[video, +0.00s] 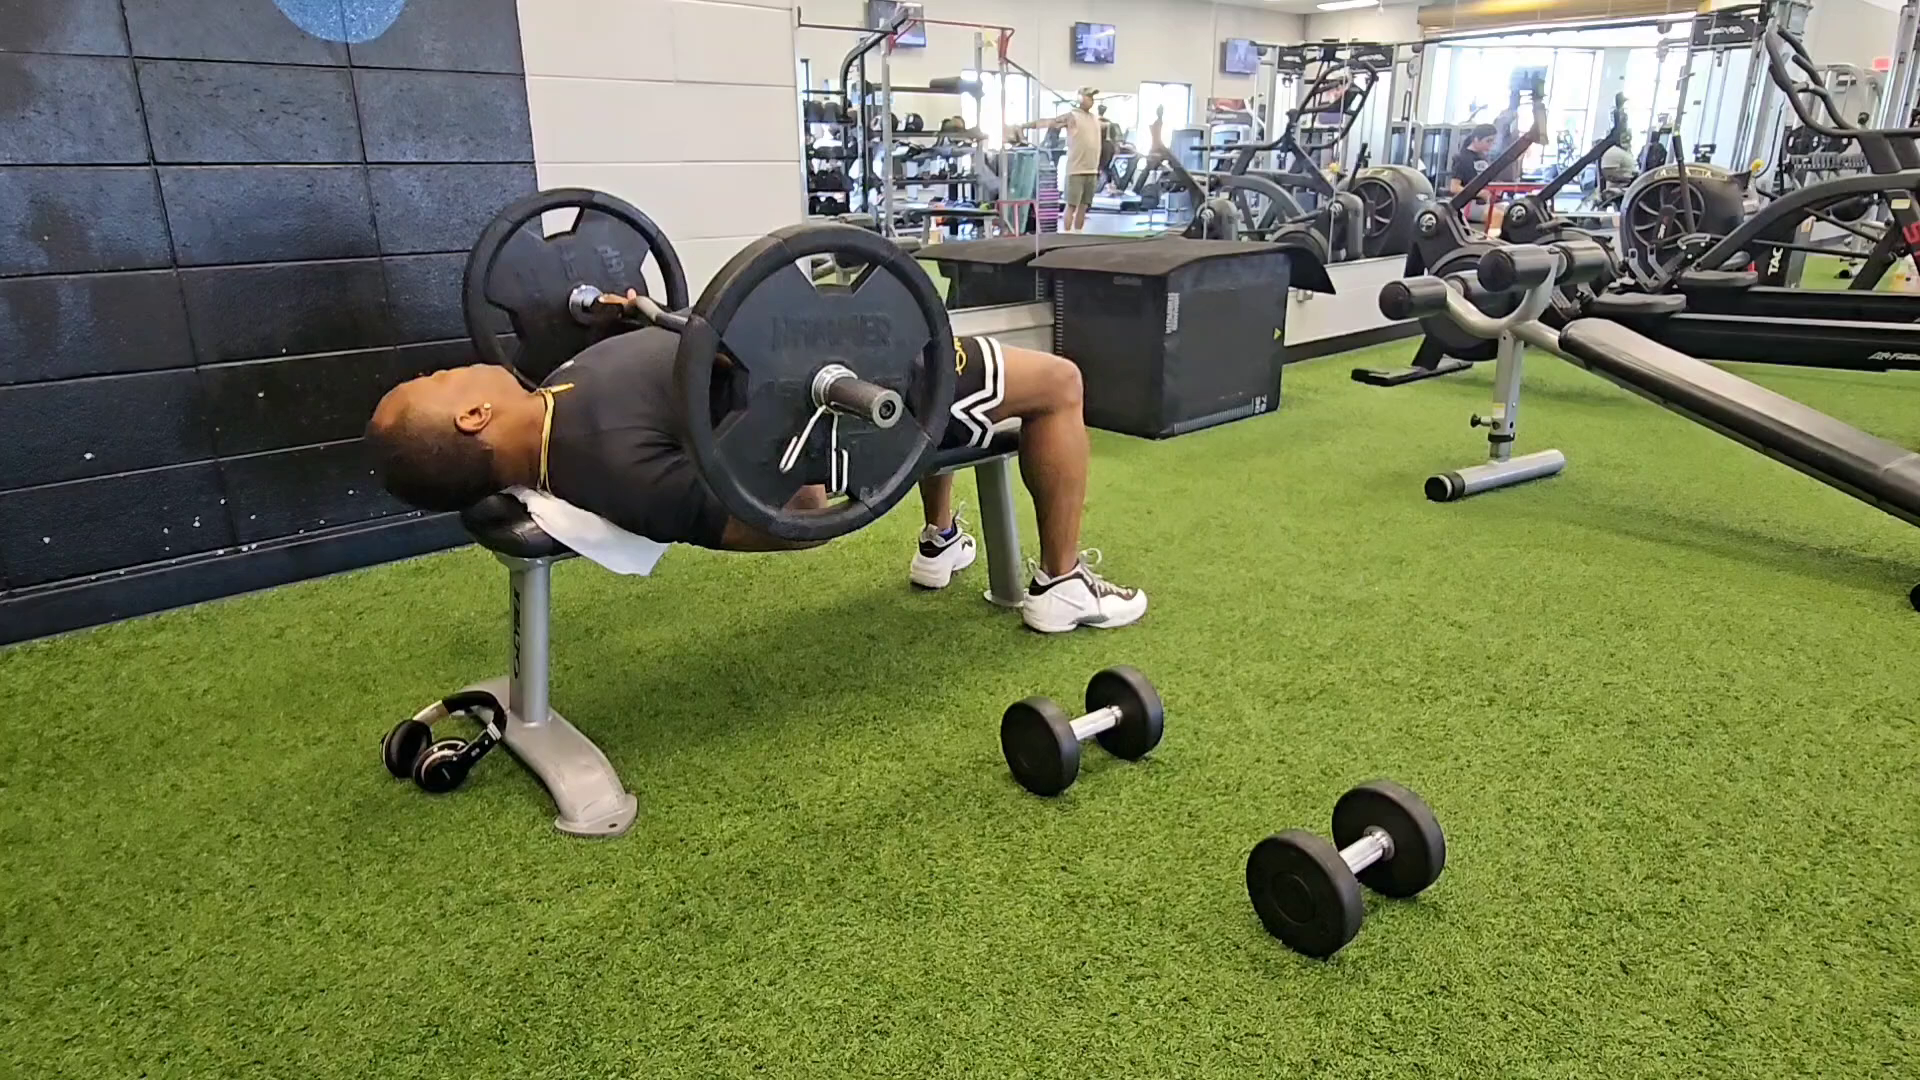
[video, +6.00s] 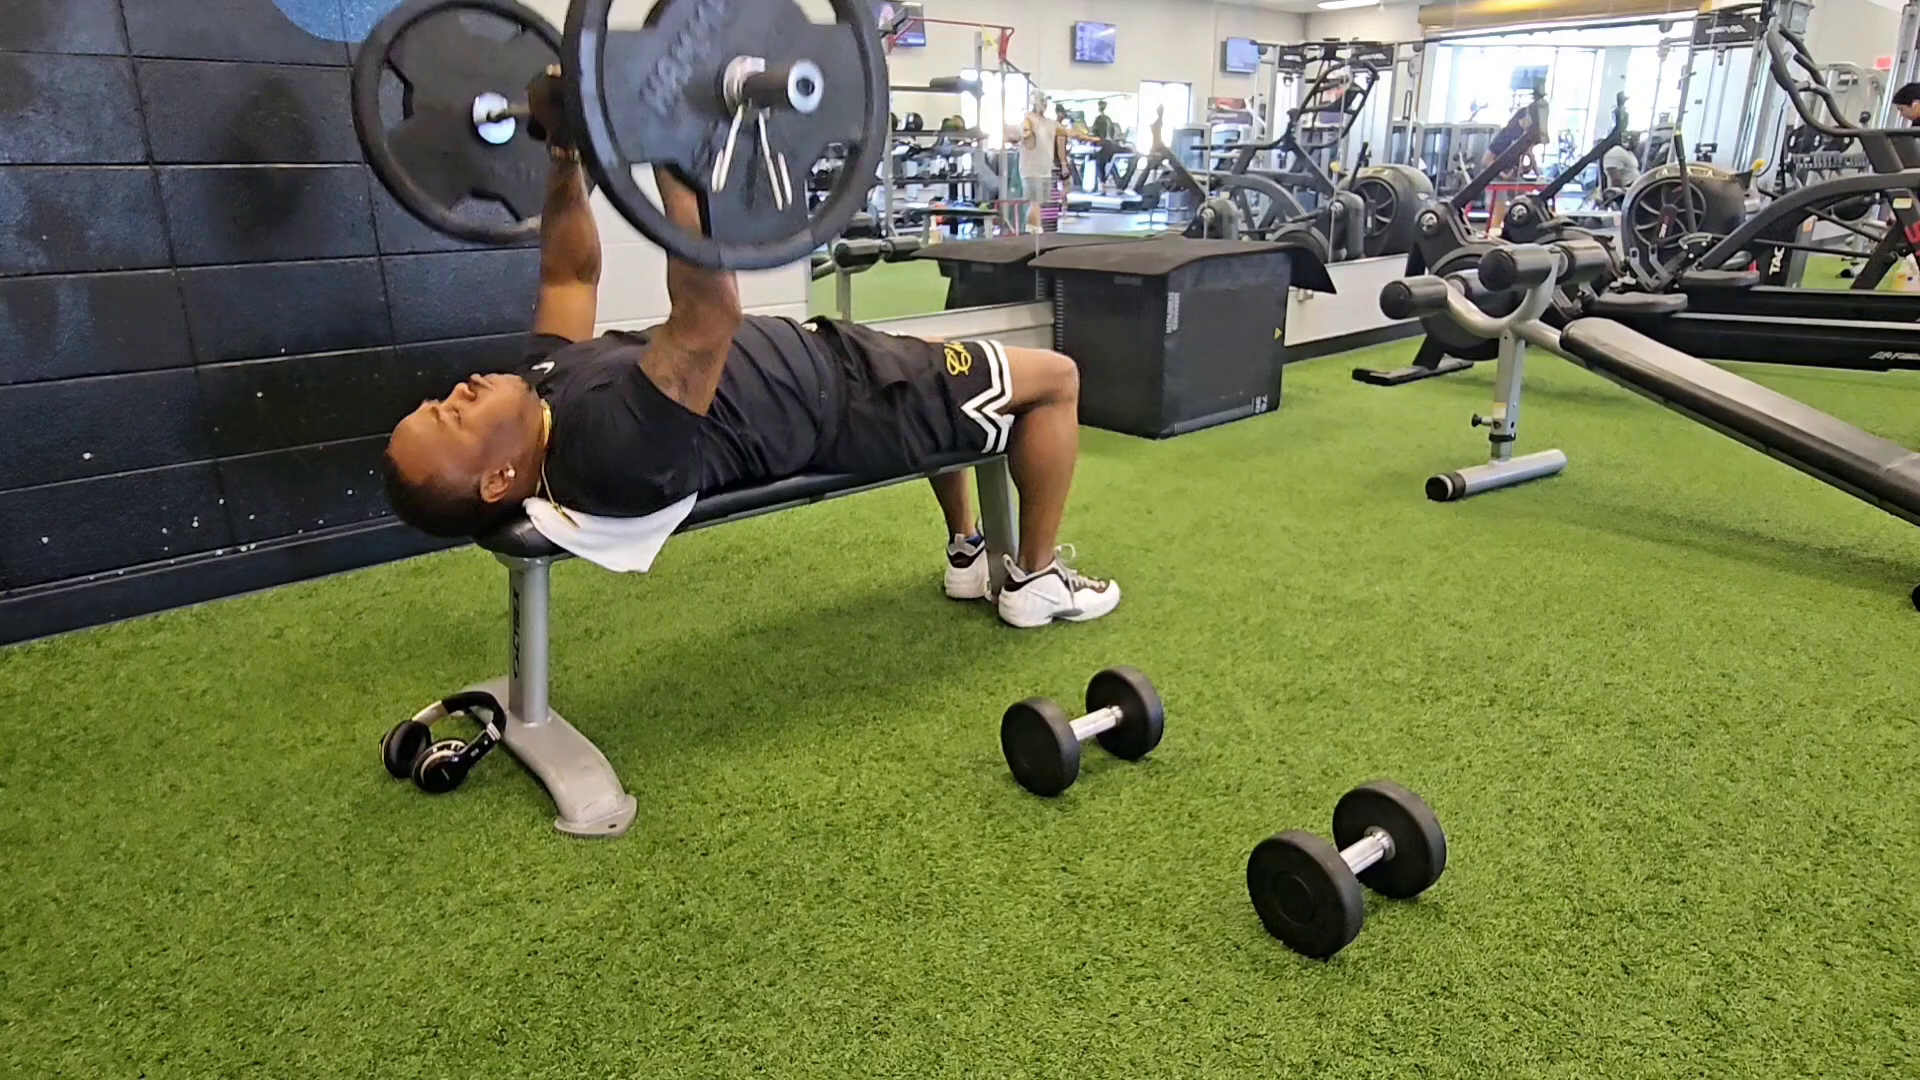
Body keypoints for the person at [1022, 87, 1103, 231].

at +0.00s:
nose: (1092, 100)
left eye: (1093, 97)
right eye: (1089, 97)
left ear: (1091, 100)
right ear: (1081, 98)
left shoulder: (1094, 118)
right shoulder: (1072, 116)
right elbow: (1049, 123)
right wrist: (1024, 126)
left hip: (1092, 168)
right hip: (1076, 168)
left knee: (1084, 206)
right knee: (1072, 205)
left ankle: (1078, 235)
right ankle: (1067, 235)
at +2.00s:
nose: (1091, 100)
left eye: (1092, 97)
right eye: (1088, 97)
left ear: (1091, 100)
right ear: (1080, 98)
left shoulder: (1093, 120)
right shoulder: (1071, 116)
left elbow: (1103, 127)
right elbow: (1048, 122)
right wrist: (1023, 125)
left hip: (1091, 169)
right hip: (1075, 168)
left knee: (1083, 207)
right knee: (1072, 205)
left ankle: (1078, 235)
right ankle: (1067, 235)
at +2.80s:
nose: (1092, 100)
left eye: (1093, 97)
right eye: (1089, 96)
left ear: (1092, 99)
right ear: (1082, 97)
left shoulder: (1095, 120)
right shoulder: (1072, 116)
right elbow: (1049, 122)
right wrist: (1023, 125)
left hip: (1092, 169)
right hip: (1076, 168)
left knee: (1084, 207)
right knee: (1072, 205)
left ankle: (1077, 235)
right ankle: (1067, 235)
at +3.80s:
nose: (1073, 103)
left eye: (1074, 100)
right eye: (1070, 99)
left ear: (1074, 102)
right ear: (1062, 101)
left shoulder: (1078, 121)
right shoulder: (1053, 119)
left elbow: (1088, 130)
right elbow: (1035, 127)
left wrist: (1102, 133)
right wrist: (1016, 131)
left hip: (1072, 171)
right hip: (1054, 171)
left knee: (1073, 204)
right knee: (1051, 207)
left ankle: (1076, 234)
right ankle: (1047, 234)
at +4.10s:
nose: (1063, 102)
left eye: (1063, 99)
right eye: (1059, 98)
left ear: (1063, 101)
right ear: (1051, 100)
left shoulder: (1068, 120)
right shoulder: (1043, 119)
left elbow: (1082, 128)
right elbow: (1024, 128)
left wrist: (1097, 131)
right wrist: (1007, 129)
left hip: (1063, 169)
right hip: (1046, 170)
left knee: (1063, 201)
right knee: (1043, 205)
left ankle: (1054, 229)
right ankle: (1042, 233)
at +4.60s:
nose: (1054, 105)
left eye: (1055, 102)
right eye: (1051, 102)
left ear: (1055, 105)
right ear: (1044, 103)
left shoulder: (1058, 124)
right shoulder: (1036, 121)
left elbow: (1075, 130)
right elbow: (1024, 131)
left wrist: (1093, 133)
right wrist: (1013, 133)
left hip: (1051, 170)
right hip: (1037, 170)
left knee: (1039, 203)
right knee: (1043, 203)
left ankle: (1030, 230)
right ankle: (1043, 233)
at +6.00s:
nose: (1044, 104)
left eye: (1045, 101)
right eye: (1041, 100)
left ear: (1046, 103)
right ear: (1033, 102)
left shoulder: (1050, 123)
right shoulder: (1028, 119)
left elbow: (1067, 132)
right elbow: (1025, 131)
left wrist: (1086, 137)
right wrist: (1027, 135)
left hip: (1045, 168)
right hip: (1030, 167)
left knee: (1038, 202)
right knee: (1035, 202)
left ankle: (1029, 230)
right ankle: (1039, 231)